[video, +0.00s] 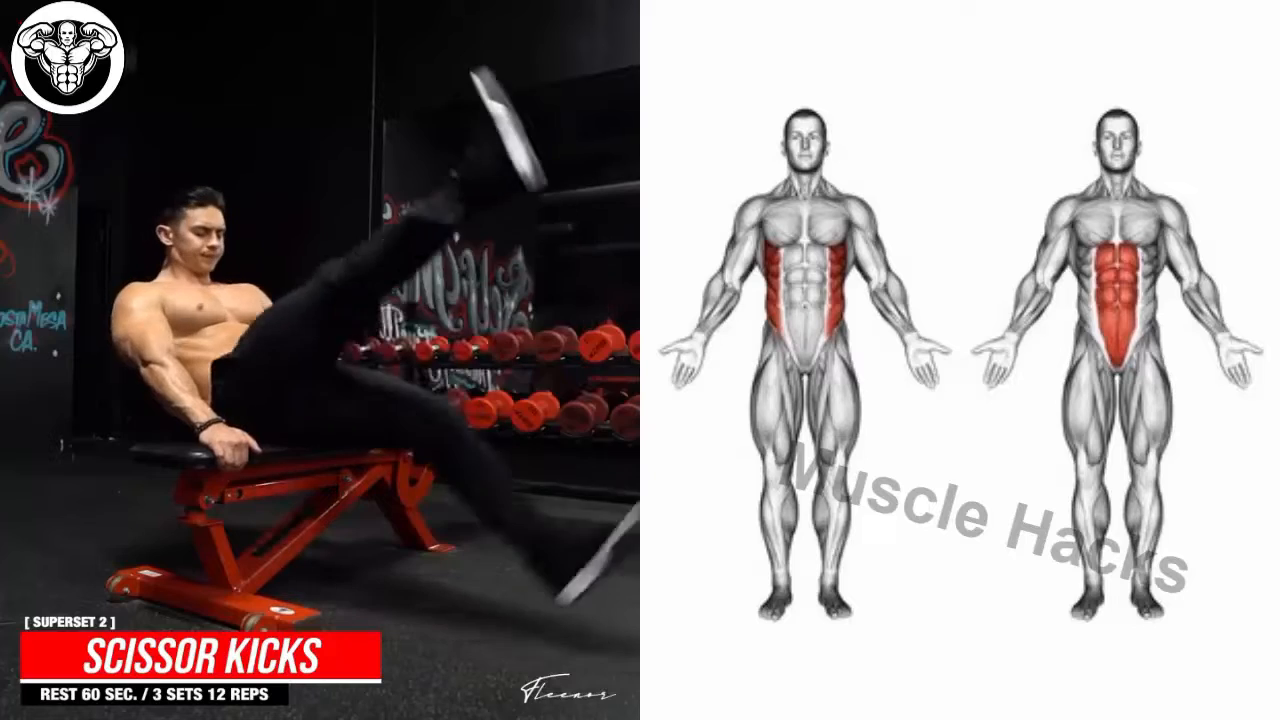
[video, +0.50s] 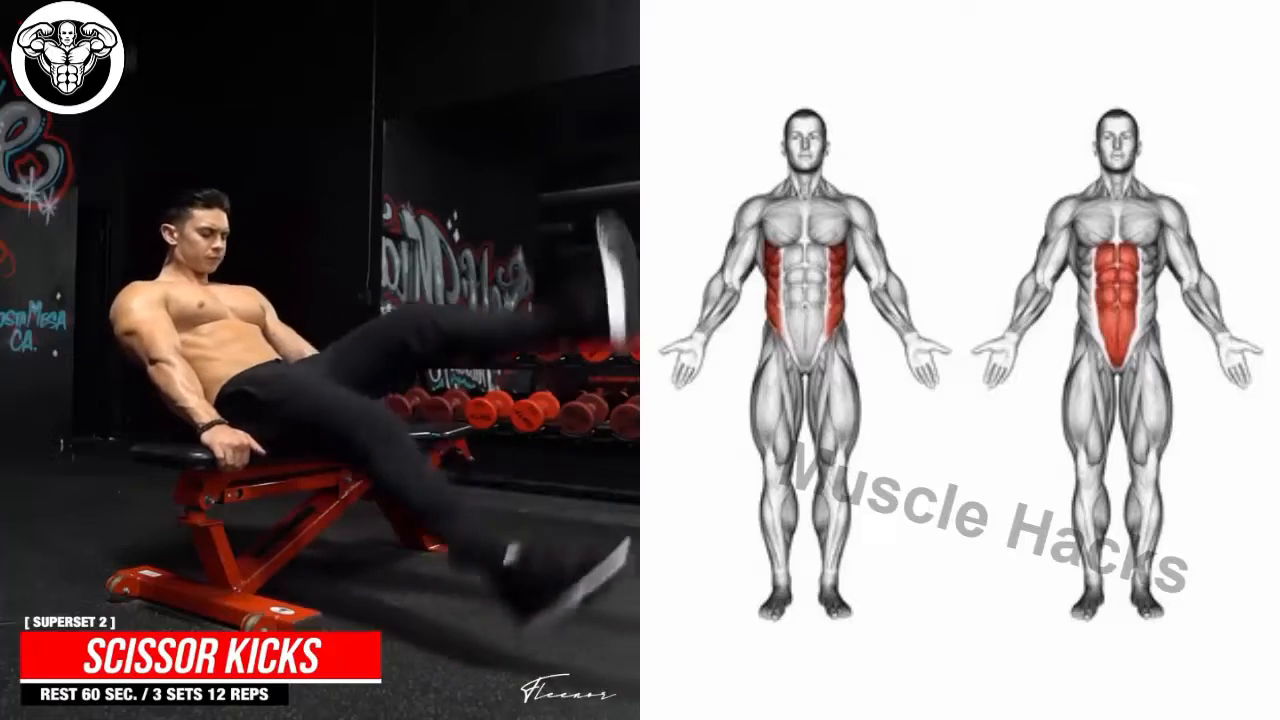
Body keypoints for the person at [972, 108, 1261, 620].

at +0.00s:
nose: (1116, 145)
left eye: (1124, 138)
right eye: (1108, 138)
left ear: (1137, 145)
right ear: (1097, 146)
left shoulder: (1164, 211)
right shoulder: (1070, 211)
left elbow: (1193, 282)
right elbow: (1041, 282)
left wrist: (1221, 335)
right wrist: (1012, 336)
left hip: (1144, 355)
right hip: (1089, 354)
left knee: (1145, 466)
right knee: (1088, 466)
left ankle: (1141, 582)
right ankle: (1092, 583)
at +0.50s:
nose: (1116, 145)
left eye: (1124, 138)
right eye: (1108, 138)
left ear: (1137, 145)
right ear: (1096, 146)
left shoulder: (1164, 211)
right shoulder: (1070, 211)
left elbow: (1193, 282)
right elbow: (1041, 282)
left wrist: (1222, 335)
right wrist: (1012, 336)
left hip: (1144, 355)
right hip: (1089, 355)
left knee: (1145, 466)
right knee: (1088, 466)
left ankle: (1141, 581)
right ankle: (1092, 583)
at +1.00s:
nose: (1116, 145)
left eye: (1124, 138)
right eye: (1108, 138)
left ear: (1137, 145)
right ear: (1096, 146)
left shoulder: (1164, 211)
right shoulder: (1070, 211)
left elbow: (1193, 282)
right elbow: (1041, 282)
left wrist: (1222, 335)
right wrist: (1012, 336)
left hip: (1144, 355)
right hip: (1089, 355)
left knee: (1145, 466)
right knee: (1088, 466)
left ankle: (1141, 581)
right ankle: (1092, 583)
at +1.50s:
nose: (1116, 145)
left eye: (1124, 137)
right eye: (1109, 137)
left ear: (1137, 145)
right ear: (1097, 145)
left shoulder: (1164, 211)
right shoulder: (1070, 211)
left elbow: (1193, 282)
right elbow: (1041, 282)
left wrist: (1221, 335)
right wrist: (1012, 336)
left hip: (1144, 355)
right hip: (1089, 354)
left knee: (1145, 466)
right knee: (1088, 466)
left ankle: (1141, 582)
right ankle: (1092, 583)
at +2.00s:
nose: (1116, 145)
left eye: (1124, 138)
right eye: (1108, 138)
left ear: (1137, 145)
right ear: (1097, 145)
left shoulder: (1164, 211)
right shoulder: (1070, 211)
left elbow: (1193, 282)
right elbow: (1041, 282)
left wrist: (1222, 335)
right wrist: (1012, 336)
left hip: (1144, 355)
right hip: (1089, 354)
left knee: (1145, 466)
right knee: (1088, 466)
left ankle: (1141, 581)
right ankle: (1092, 583)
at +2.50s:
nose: (1116, 145)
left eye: (1124, 138)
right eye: (1108, 138)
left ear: (1137, 145)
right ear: (1097, 145)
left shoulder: (1164, 211)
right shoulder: (1070, 211)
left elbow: (1193, 282)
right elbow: (1041, 281)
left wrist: (1222, 335)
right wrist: (1012, 336)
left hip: (1144, 355)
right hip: (1089, 354)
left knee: (1145, 465)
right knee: (1088, 466)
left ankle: (1141, 581)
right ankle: (1092, 583)